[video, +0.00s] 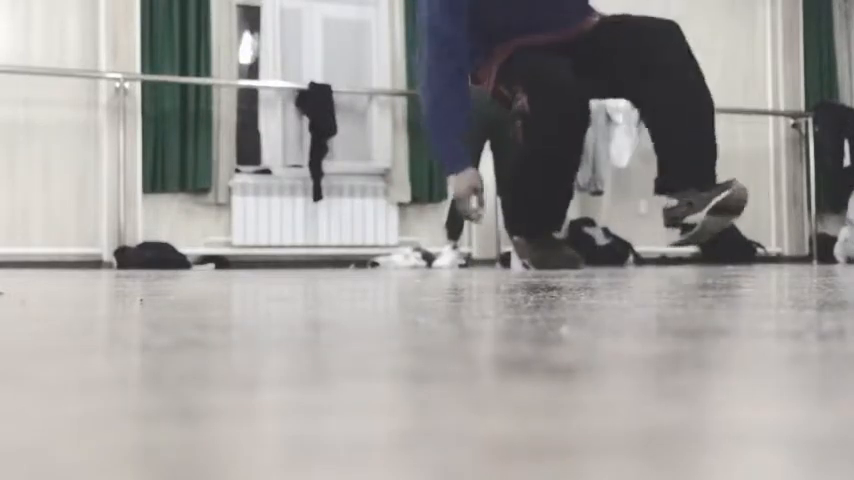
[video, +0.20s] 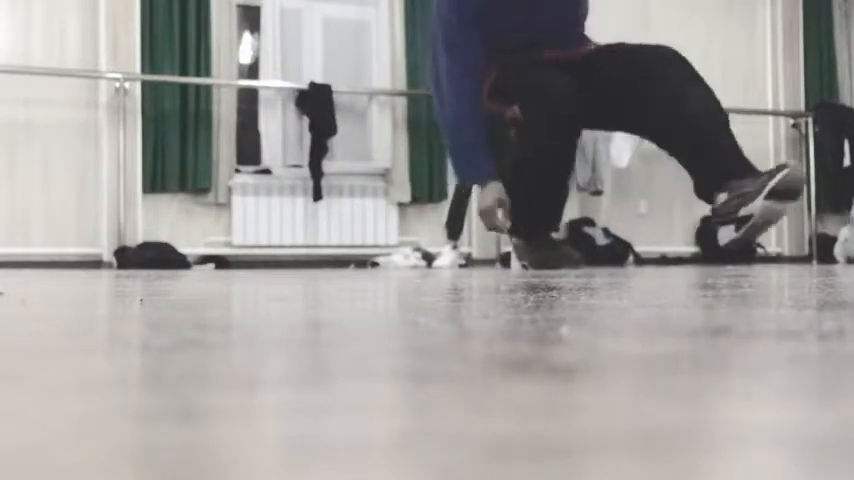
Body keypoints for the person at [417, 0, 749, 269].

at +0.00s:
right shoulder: (445, 6)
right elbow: (442, 65)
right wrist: (458, 165)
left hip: (575, 40)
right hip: (502, 52)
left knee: (660, 40)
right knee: (556, 91)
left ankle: (688, 193)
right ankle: (534, 234)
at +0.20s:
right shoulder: (456, 9)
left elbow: (569, 39)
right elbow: (456, 78)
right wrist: (482, 177)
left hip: (571, 63)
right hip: (498, 71)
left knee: (662, 67)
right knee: (556, 96)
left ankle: (732, 184)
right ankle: (533, 236)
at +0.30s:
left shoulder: (569, 5)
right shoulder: (460, 10)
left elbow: (572, 49)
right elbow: (456, 84)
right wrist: (487, 177)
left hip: (568, 77)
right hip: (500, 82)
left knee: (659, 87)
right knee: (546, 112)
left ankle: (748, 183)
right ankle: (531, 235)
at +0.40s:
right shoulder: (470, 7)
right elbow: (461, 80)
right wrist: (487, 179)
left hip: (568, 95)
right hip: (493, 98)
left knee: (664, 110)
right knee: (552, 111)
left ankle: (761, 187)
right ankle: (536, 237)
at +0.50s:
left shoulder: (592, 4)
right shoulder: (479, 6)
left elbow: (633, 60)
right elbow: (471, 88)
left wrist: (698, 84)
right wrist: (492, 184)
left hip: (568, 110)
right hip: (496, 115)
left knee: (660, 130)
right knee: (563, 132)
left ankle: (772, 186)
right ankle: (547, 234)